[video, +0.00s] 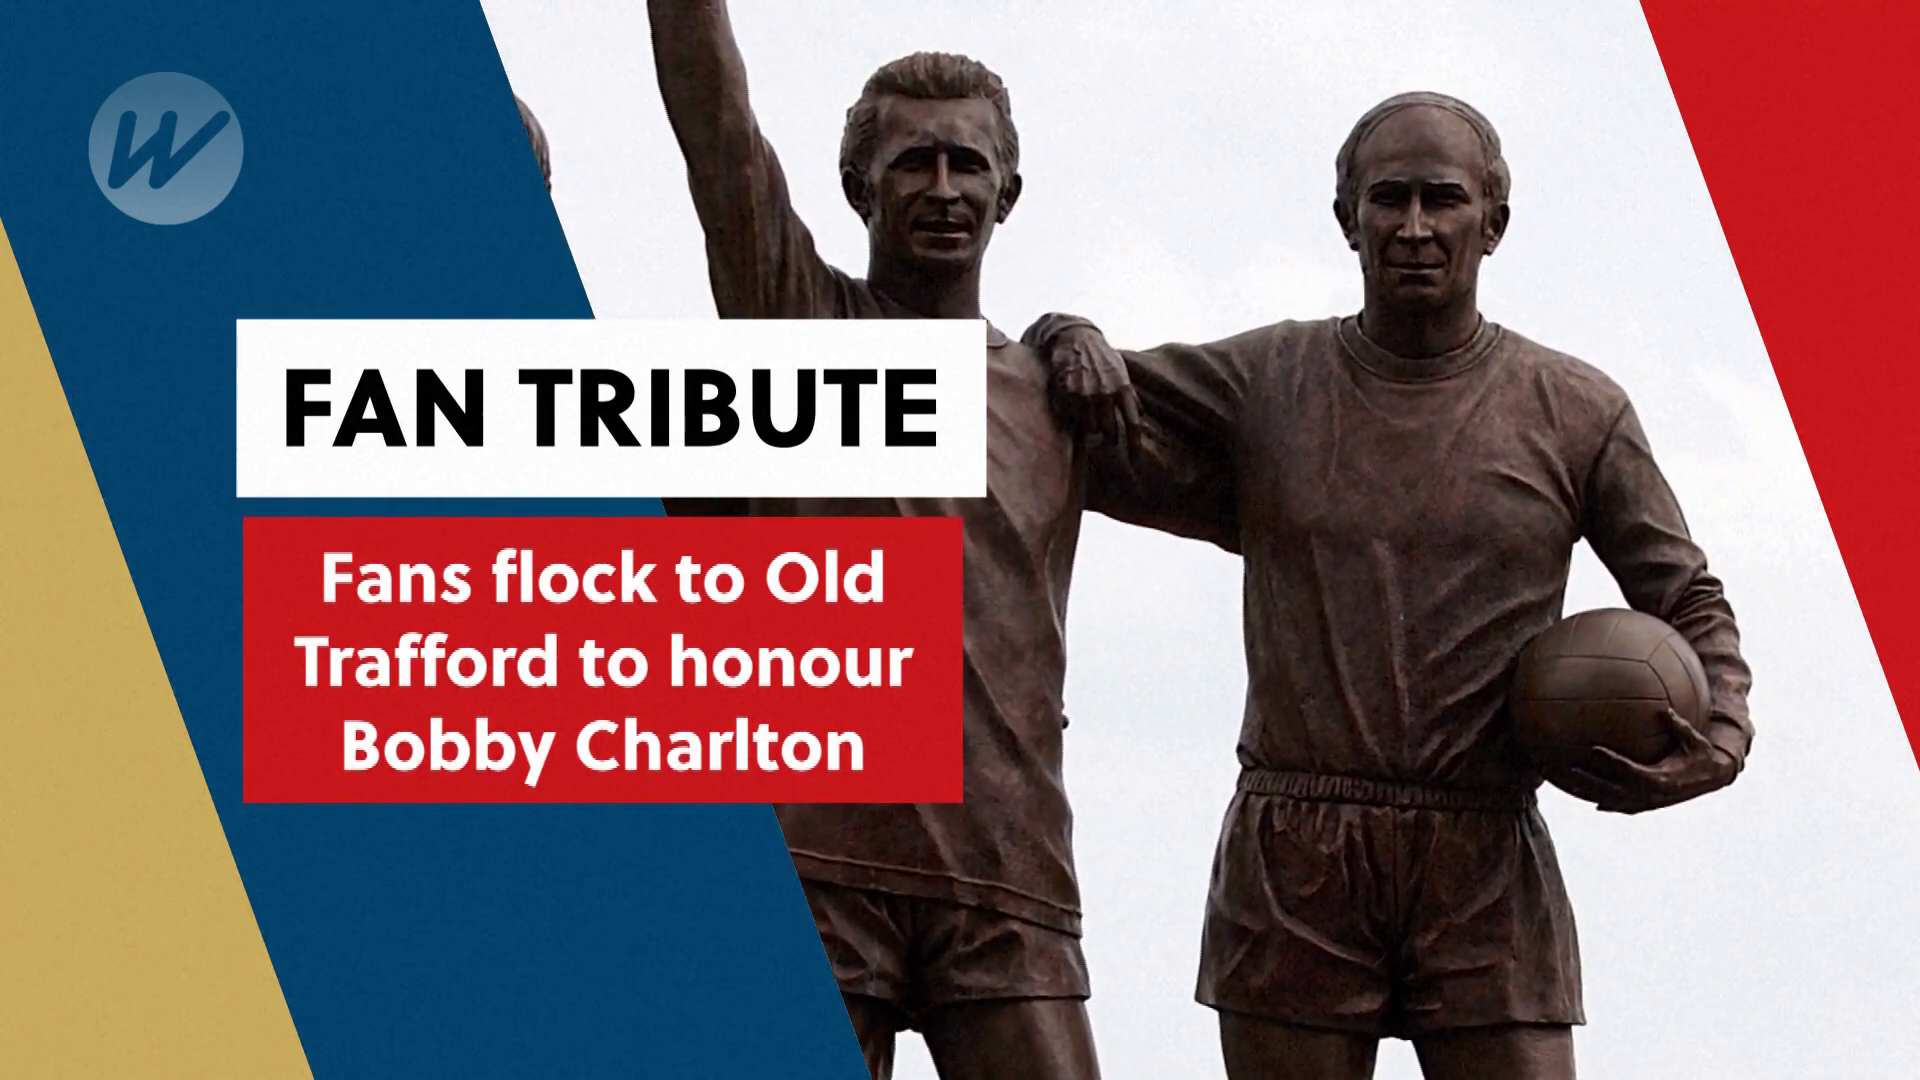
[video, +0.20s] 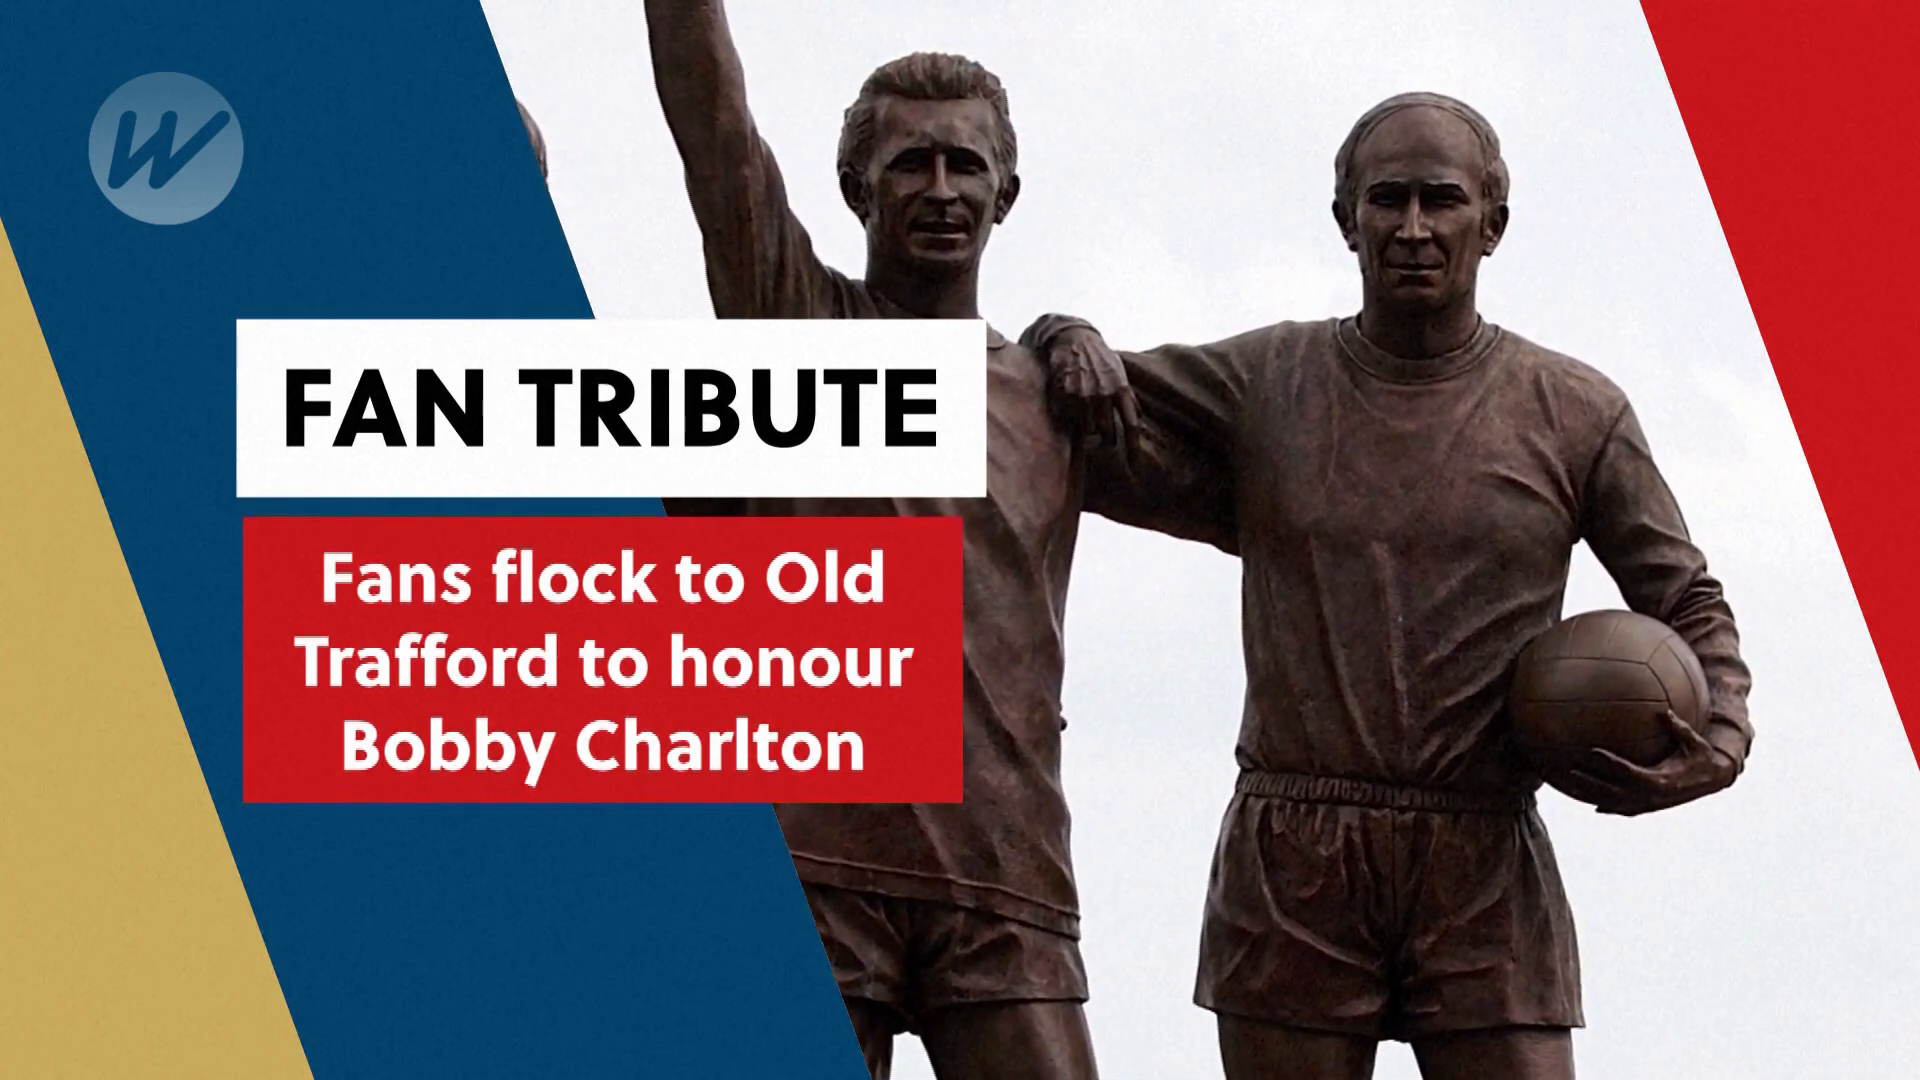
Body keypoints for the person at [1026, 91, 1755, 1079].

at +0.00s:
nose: (1414, 224)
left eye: (1443, 197)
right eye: (1387, 199)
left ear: (1495, 221)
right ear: (1347, 220)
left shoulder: (1577, 408)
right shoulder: (1265, 377)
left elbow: (1686, 599)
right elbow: (1084, 410)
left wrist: (1721, 730)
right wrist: (1066, 337)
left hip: (1485, 863)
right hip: (1291, 859)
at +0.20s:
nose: (1413, 225)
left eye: (1442, 197)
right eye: (1386, 199)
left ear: (1494, 222)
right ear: (1346, 221)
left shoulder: (1576, 409)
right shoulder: (1263, 378)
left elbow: (1685, 600)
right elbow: (1081, 409)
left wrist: (1720, 733)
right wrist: (1063, 338)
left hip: (1484, 865)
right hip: (1289, 862)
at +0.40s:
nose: (1411, 226)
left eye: (1440, 198)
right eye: (1384, 200)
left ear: (1494, 222)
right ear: (1345, 222)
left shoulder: (1575, 410)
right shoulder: (1262, 378)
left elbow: (1685, 603)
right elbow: (1081, 414)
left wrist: (1720, 735)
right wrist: (1061, 340)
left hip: (1483, 869)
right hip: (1288, 863)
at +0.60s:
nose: (1411, 227)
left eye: (1440, 199)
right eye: (1384, 200)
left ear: (1493, 223)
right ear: (1343, 222)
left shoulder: (1573, 411)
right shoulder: (1261, 379)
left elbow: (1683, 602)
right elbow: (1083, 415)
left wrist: (1721, 735)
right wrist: (1060, 342)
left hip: (1482, 872)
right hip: (1286, 866)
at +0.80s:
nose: (1409, 227)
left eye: (1438, 199)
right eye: (1382, 201)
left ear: (1492, 224)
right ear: (1342, 223)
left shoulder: (1572, 412)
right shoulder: (1260, 380)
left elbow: (1683, 604)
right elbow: (1086, 407)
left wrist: (1720, 738)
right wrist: (1058, 341)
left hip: (1482, 873)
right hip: (1285, 867)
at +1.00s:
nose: (1408, 228)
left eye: (1437, 200)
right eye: (1381, 202)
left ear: (1491, 225)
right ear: (1341, 223)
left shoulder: (1573, 414)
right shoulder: (1260, 381)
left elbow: (1684, 608)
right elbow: (1087, 412)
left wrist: (1721, 743)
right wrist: (1055, 342)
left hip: (1480, 878)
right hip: (1284, 870)